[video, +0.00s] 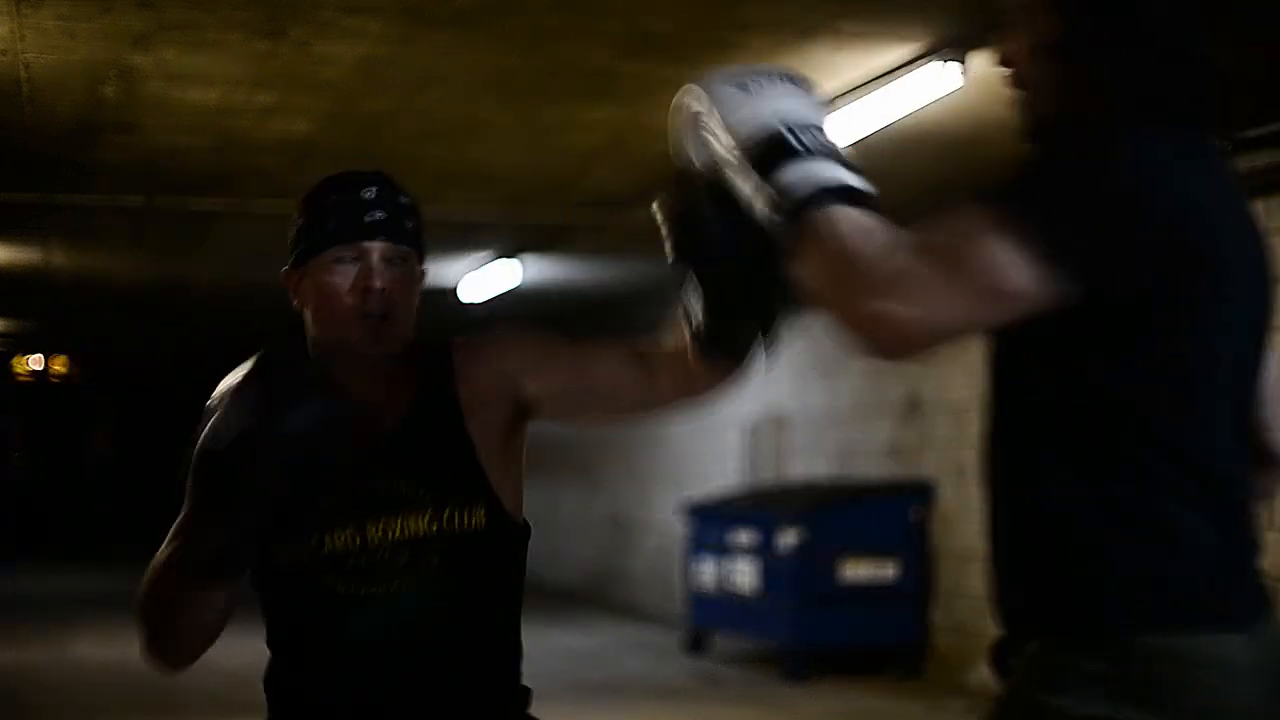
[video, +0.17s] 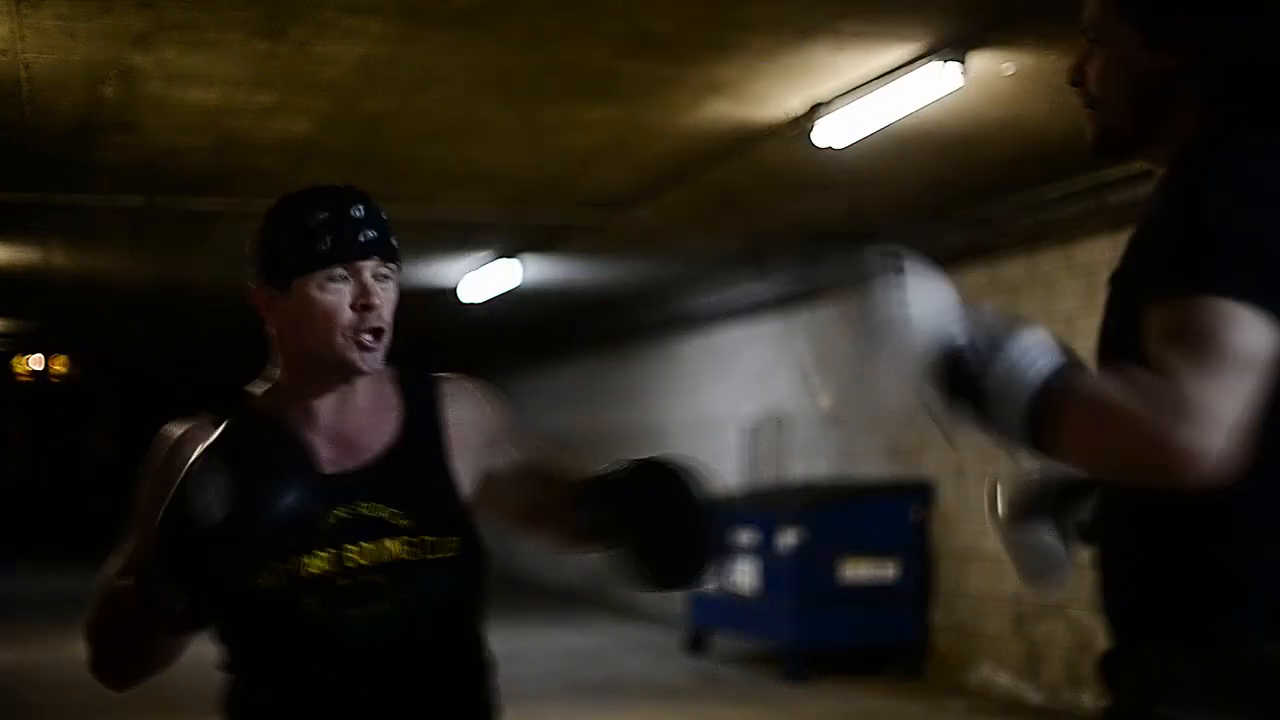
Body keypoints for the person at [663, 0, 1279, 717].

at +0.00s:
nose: (1006, 58)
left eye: (1025, 34)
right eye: (1008, 35)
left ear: (1083, 42)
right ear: (1141, 50)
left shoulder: (1110, 174)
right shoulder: (1213, 196)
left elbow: (896, 302)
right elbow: (1261, 433)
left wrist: (787, 151)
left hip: (1106, 658)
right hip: (1204, 649)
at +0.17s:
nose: (1077, 75)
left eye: (1098, 41)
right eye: (1086, 45)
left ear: (1173, 45)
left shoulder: (1233, 184)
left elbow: (1193, 430)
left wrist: (973, 351)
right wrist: (1091, 504)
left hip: (1227, 669)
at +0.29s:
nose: (1095, 75)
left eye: (1114, 40)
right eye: (1103, 44)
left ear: (1179, 45)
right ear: (1186, 49)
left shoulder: (1221, 193)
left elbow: (1252, 433)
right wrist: (1114, 430)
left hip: (1240, 661)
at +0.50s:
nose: (1066, 63)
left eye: (1085, 29)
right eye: (1073, 34)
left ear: (1159, 32)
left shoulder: (1190, 170)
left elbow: (1206, 437)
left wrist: (989, 520)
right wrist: (1112, 385)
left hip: (1240, 664)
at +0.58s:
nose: (1047, 54)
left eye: (1068, 21)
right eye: (1057, 25)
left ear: (1142, 29)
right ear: (1160, 37)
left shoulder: (1180, 173)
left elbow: (1139, 459)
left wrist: (917, 475)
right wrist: (1093, 386)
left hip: (1223, 667)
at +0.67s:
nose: (1041, 45)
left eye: (1063, 13)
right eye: (1051, 15)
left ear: (1138, 23)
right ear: (1151, 27)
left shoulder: (1166, 180)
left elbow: (1084, 467)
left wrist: (857, 428)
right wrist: (1053, 371)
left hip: (1208, 671)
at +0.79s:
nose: (1048, 39)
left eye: (1071, 12)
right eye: (1058, 15)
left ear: (1141, 22)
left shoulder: (1164, 179)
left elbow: (1055, 463)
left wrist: (896, 350)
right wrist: (1015, 342)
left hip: (1221, 663)